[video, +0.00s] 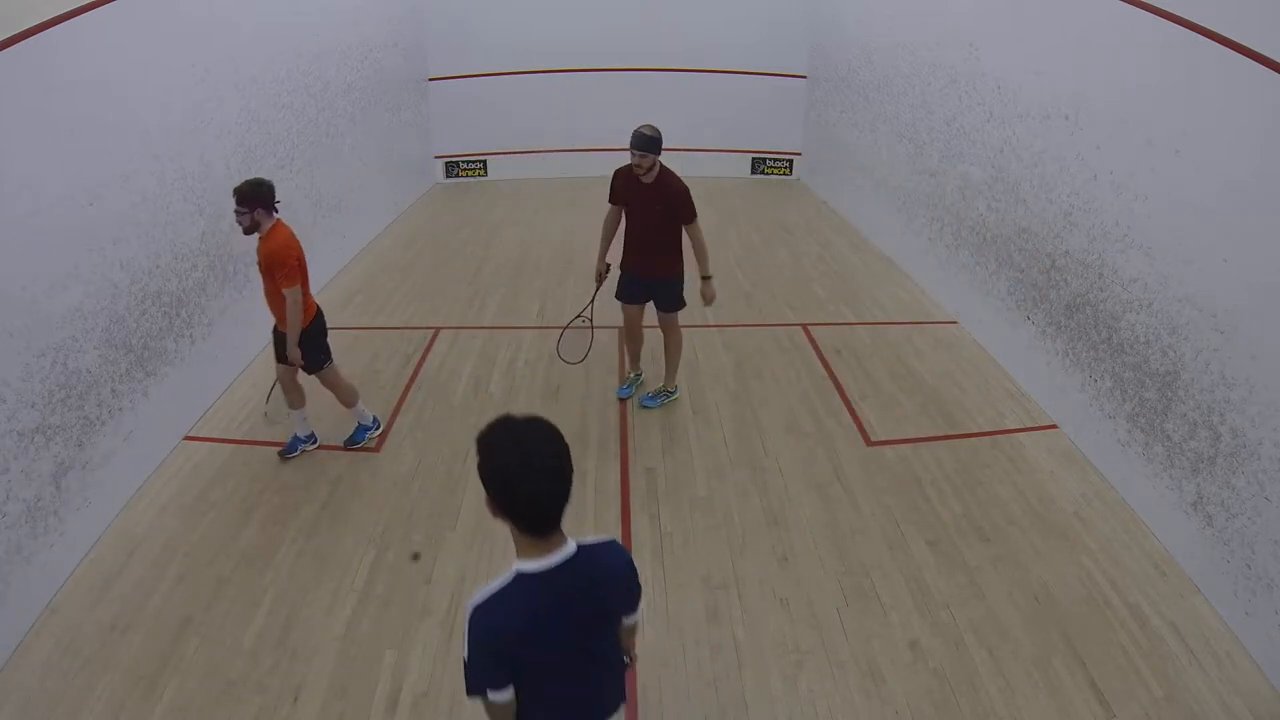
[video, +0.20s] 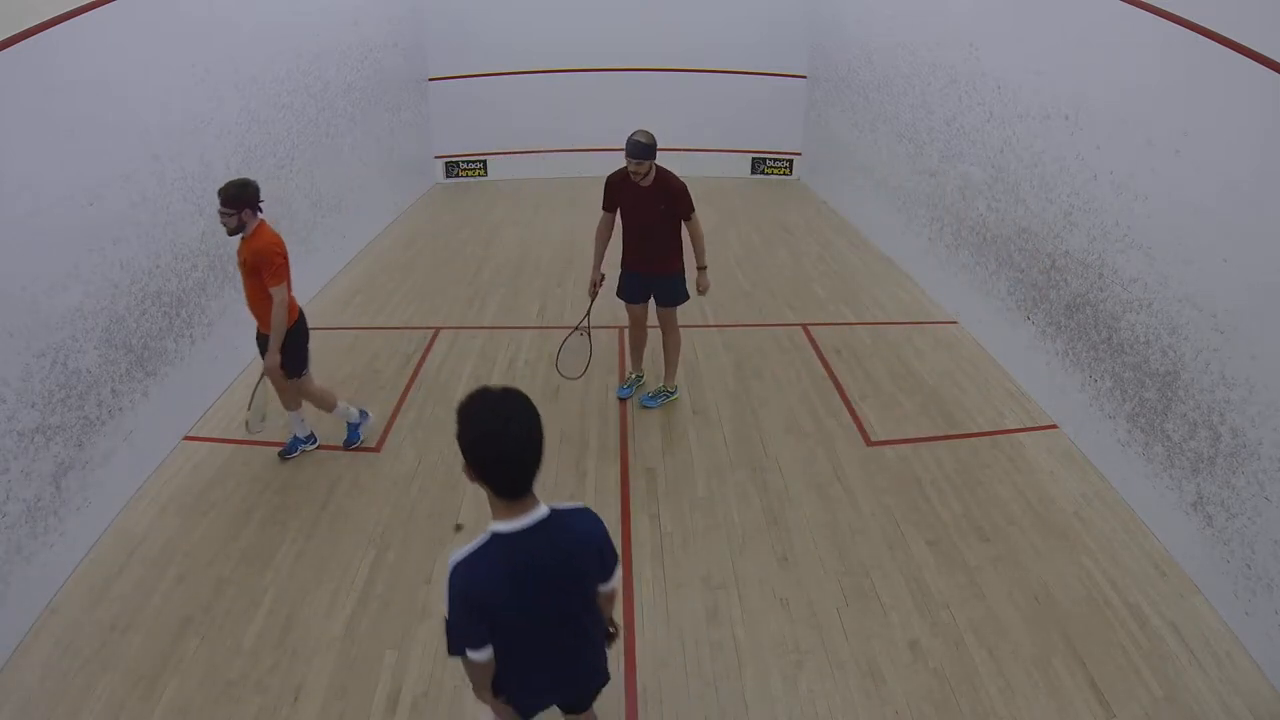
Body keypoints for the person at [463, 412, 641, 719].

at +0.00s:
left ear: (492, 507)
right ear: (568, 482)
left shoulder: (490, 614)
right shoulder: (613, 560)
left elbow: (501, 709)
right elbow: (628, 628)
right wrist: (626, 654)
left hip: (541, 712)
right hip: (609, 705)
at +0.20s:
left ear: (470, 474)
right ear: (538, 449)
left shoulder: (469, 569)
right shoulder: (584, 524)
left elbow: (480, 657)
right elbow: (607, 590)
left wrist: (484, 693)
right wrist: (603, 623)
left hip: (520, 683)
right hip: (583, 667)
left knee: (510, 708)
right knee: (581, 710)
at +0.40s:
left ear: (433, 445)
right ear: (498, 430)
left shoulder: (431, 539)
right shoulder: (541, 503)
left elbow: (444, 623)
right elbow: (572, 570)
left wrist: (461, 659)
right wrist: (580, 602)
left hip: (493, 645)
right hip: (550, 632)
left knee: (491, 669)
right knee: (566, 696)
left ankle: (489, 685)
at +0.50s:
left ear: (413, 424)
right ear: (476, 415)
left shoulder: (409, 519)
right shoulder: (518, 488)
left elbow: (423, 599)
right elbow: (550, 558)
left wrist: (442, 639)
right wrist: (565, 594)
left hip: (473, 621)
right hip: (530, 609)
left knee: (481, 656)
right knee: (558, 679)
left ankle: (489, 688)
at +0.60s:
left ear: (397, 409)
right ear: (458, 399)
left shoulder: (389, 495)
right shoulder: (497, 472)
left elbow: (400, 567)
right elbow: (532, 541)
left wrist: (421, 603)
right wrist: (550, 574)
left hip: (457, 603)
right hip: (514, 589)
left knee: (475, 646)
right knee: (545, 647)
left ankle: (489, 688)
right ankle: (568, 714)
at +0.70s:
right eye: (449, 377)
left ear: (387, 398)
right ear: (446, 392)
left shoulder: (376, 478)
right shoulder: (481, 463)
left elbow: (379, 542)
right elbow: (519, 528)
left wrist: (405, 572)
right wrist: (539, 562)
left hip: (446, 586)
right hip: (502, 574)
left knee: (471, 633)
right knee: (530, 621)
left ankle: (488, 685)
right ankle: (551, 703)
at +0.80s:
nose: (442, 379)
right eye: (441, 374)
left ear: (384, 389)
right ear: (436, 388)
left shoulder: (371, 464)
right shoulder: (471, 453)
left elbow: (371, 523)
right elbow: (508, 520)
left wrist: (392, 544)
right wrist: (530, 555)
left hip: (438, 575)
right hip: (492, 562)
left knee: (469, 630)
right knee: (517, 612)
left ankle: (488, 685)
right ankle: (530, 680)